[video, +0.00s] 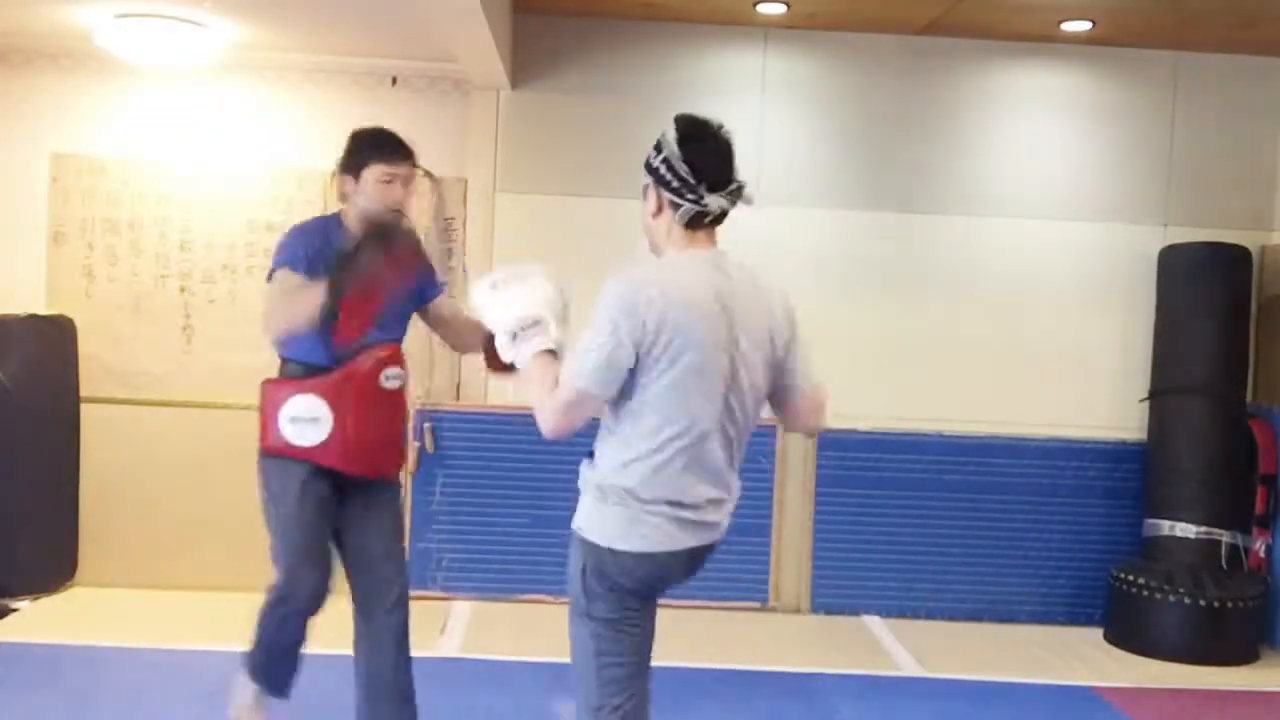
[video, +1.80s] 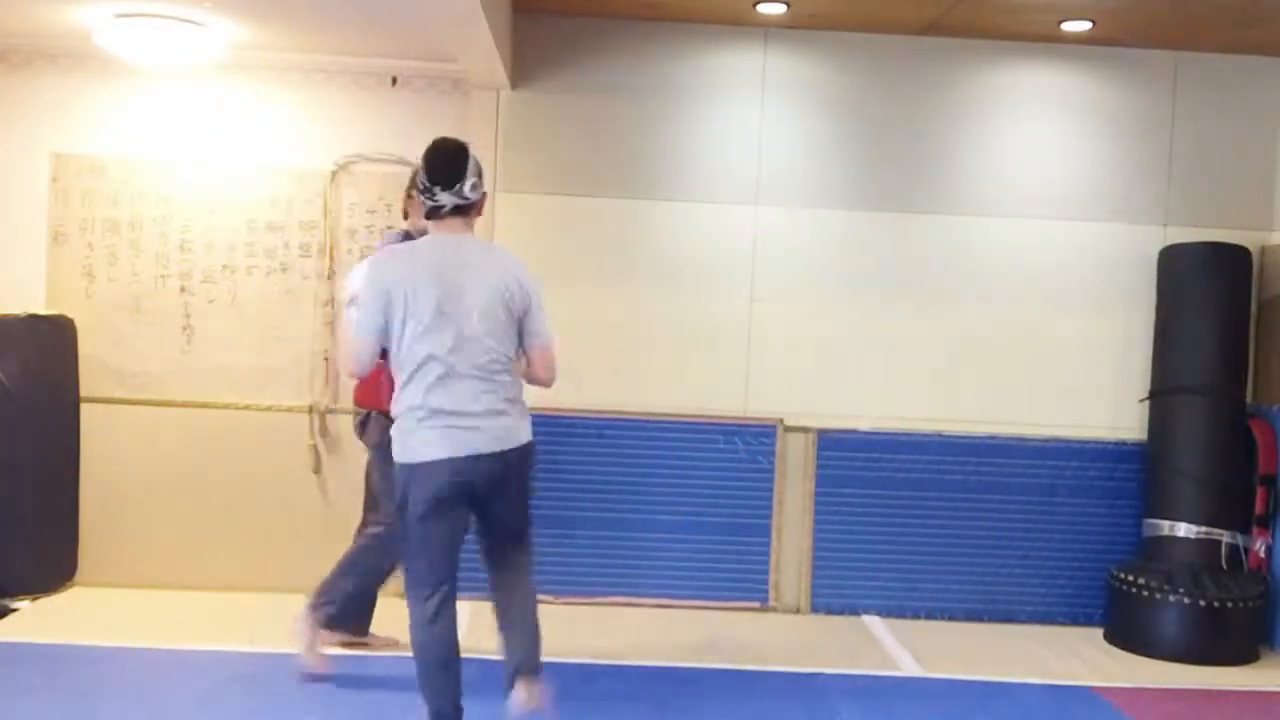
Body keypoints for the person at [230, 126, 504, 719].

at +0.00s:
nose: (401, 194)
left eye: (408, 182)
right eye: (388, 180)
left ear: (414, 187)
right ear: (347, 183)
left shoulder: (405, 250)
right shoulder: (309, 240)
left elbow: (455, 331)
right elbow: (278, 322)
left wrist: (510, 325)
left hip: (371, 440)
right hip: (300, 435)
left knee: (385, 594)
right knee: (304, 579)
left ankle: (390, 716)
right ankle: (260, 686)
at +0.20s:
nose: (346, 203)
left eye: (352, 194)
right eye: (336, 191)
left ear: (357, 199)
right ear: (309, 192)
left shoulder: (373, 267)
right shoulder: (266, 251)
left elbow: (444, 319)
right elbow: (272, 292)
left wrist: (459, 251)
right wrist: (316, 223)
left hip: (344, 440)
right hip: (272, 438)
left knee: (380, 577)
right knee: (262, 577)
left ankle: (387, 715)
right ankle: (231, 694)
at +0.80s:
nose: (369, 195)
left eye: (376, 185)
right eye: (358, 182)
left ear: (379, 194)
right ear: (327, 185)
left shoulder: (383, 252)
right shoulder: (299, 236)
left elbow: (419, 297)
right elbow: (334, 271)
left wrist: (423, 225)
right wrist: (376, 226)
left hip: (352, 409)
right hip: (290, 406)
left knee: (365, 542)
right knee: (292, 543)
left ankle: (372, 665)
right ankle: (257, 652)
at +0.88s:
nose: (364, 206)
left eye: (369, 197)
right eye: (353, 195)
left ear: (368, 201)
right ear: (320, 196)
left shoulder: (351, 260)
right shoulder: (299, 244)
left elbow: (369, 337)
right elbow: (327, 285)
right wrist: (390, 255)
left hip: (339, 426)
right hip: (287, 422)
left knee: (374, 529)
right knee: (279, 543)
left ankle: (370, 658)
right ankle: (246, 656)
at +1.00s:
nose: (363, 208)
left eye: (369, 198)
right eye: (353, 197)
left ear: (369, 203)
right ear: (321, 199)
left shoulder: (343, 263)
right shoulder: (302, 255)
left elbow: (342, 334)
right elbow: (301, 333)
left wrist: (379, 356)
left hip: (333, 422)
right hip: (295, 421)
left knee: (378, 516)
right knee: (291, 537)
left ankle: (363, 634)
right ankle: (245, 654)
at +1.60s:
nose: (411, 211)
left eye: (413, 201)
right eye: (403, 201)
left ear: (408, 204)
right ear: (382, 203)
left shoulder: (419, 259)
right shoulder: (361, 260)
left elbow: (430, 327)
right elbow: (362, 343)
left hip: (402, 411)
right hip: (360, 409)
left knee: (377, 522)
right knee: (341, 522)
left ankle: (346, 625)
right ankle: (262, 637)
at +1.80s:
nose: (433, 211)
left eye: (431, 201)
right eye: (428, 201)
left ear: (411, 203)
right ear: (413, 203)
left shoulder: (404, 260)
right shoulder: (401, 259)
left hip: (387, 406)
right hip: (388, 408)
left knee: (384, 517)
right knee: (392, 520)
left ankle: (352, 623)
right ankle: (322, 610)